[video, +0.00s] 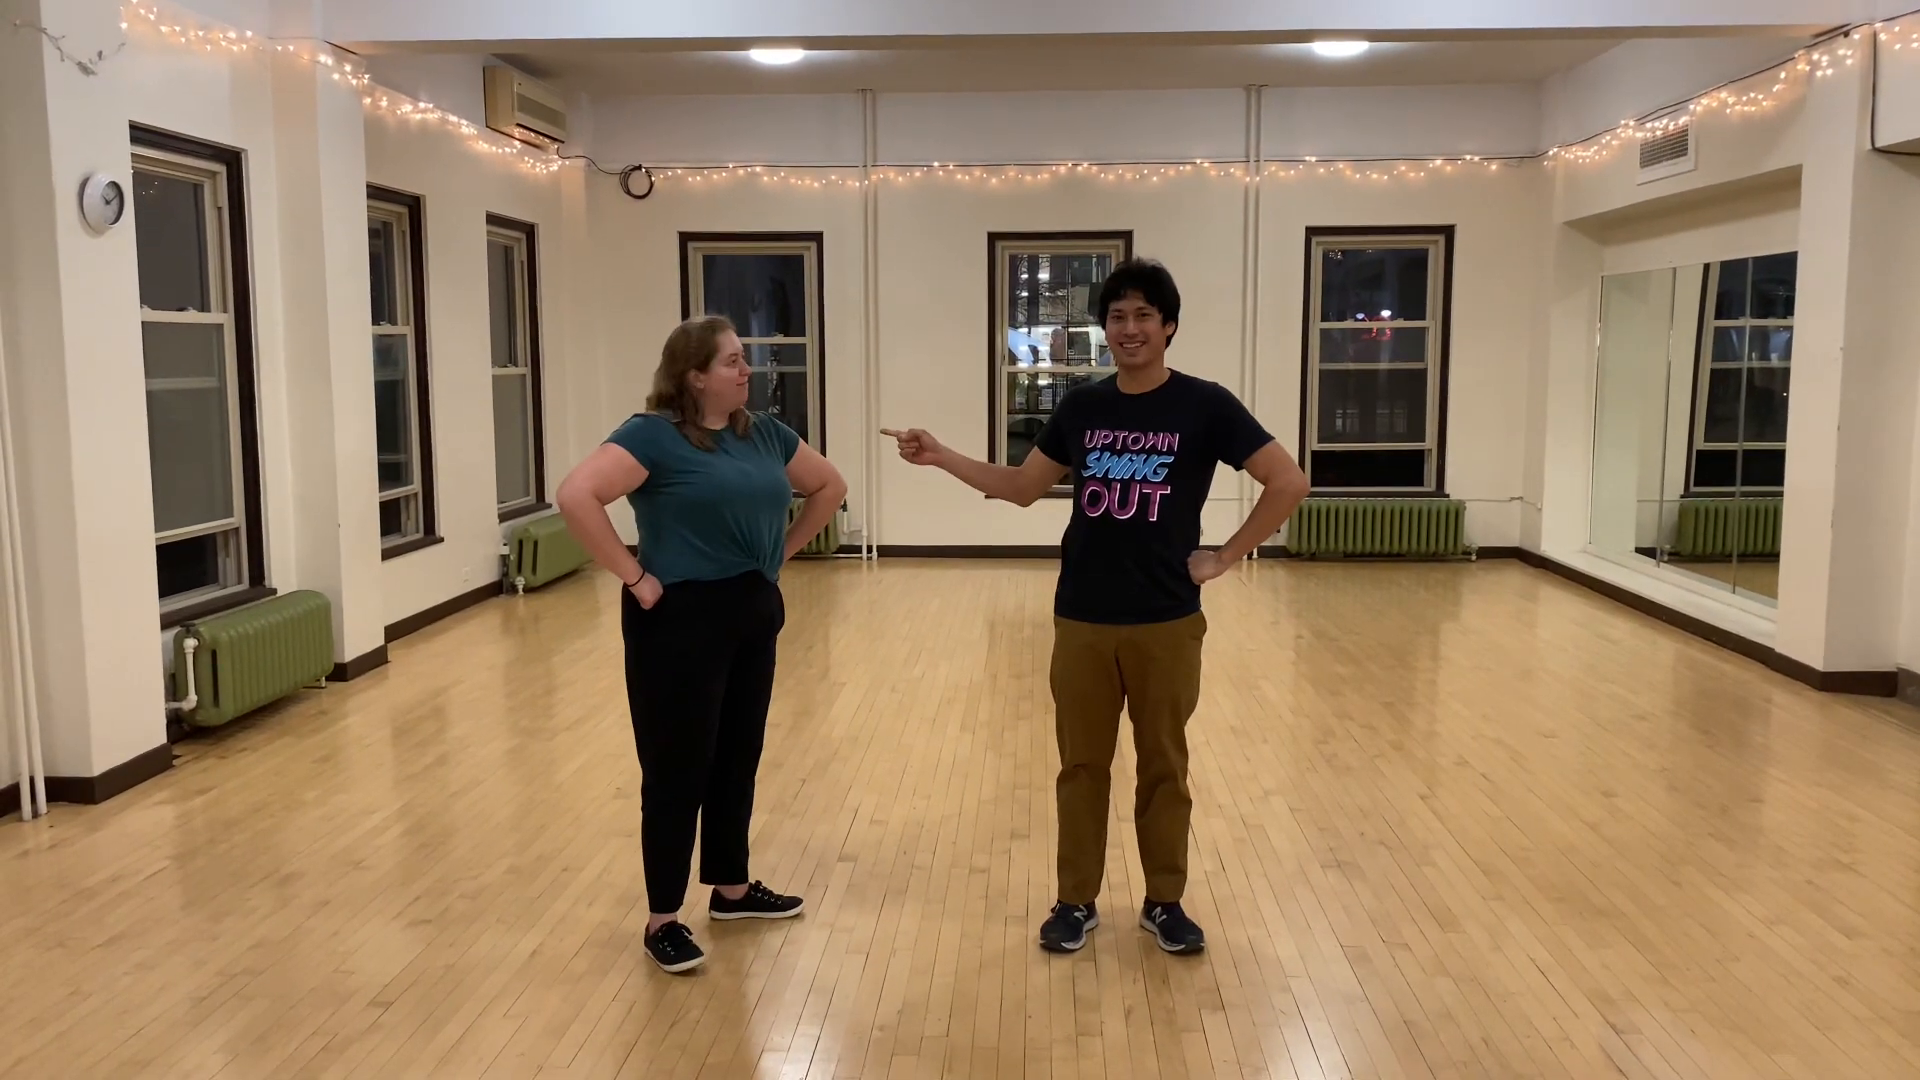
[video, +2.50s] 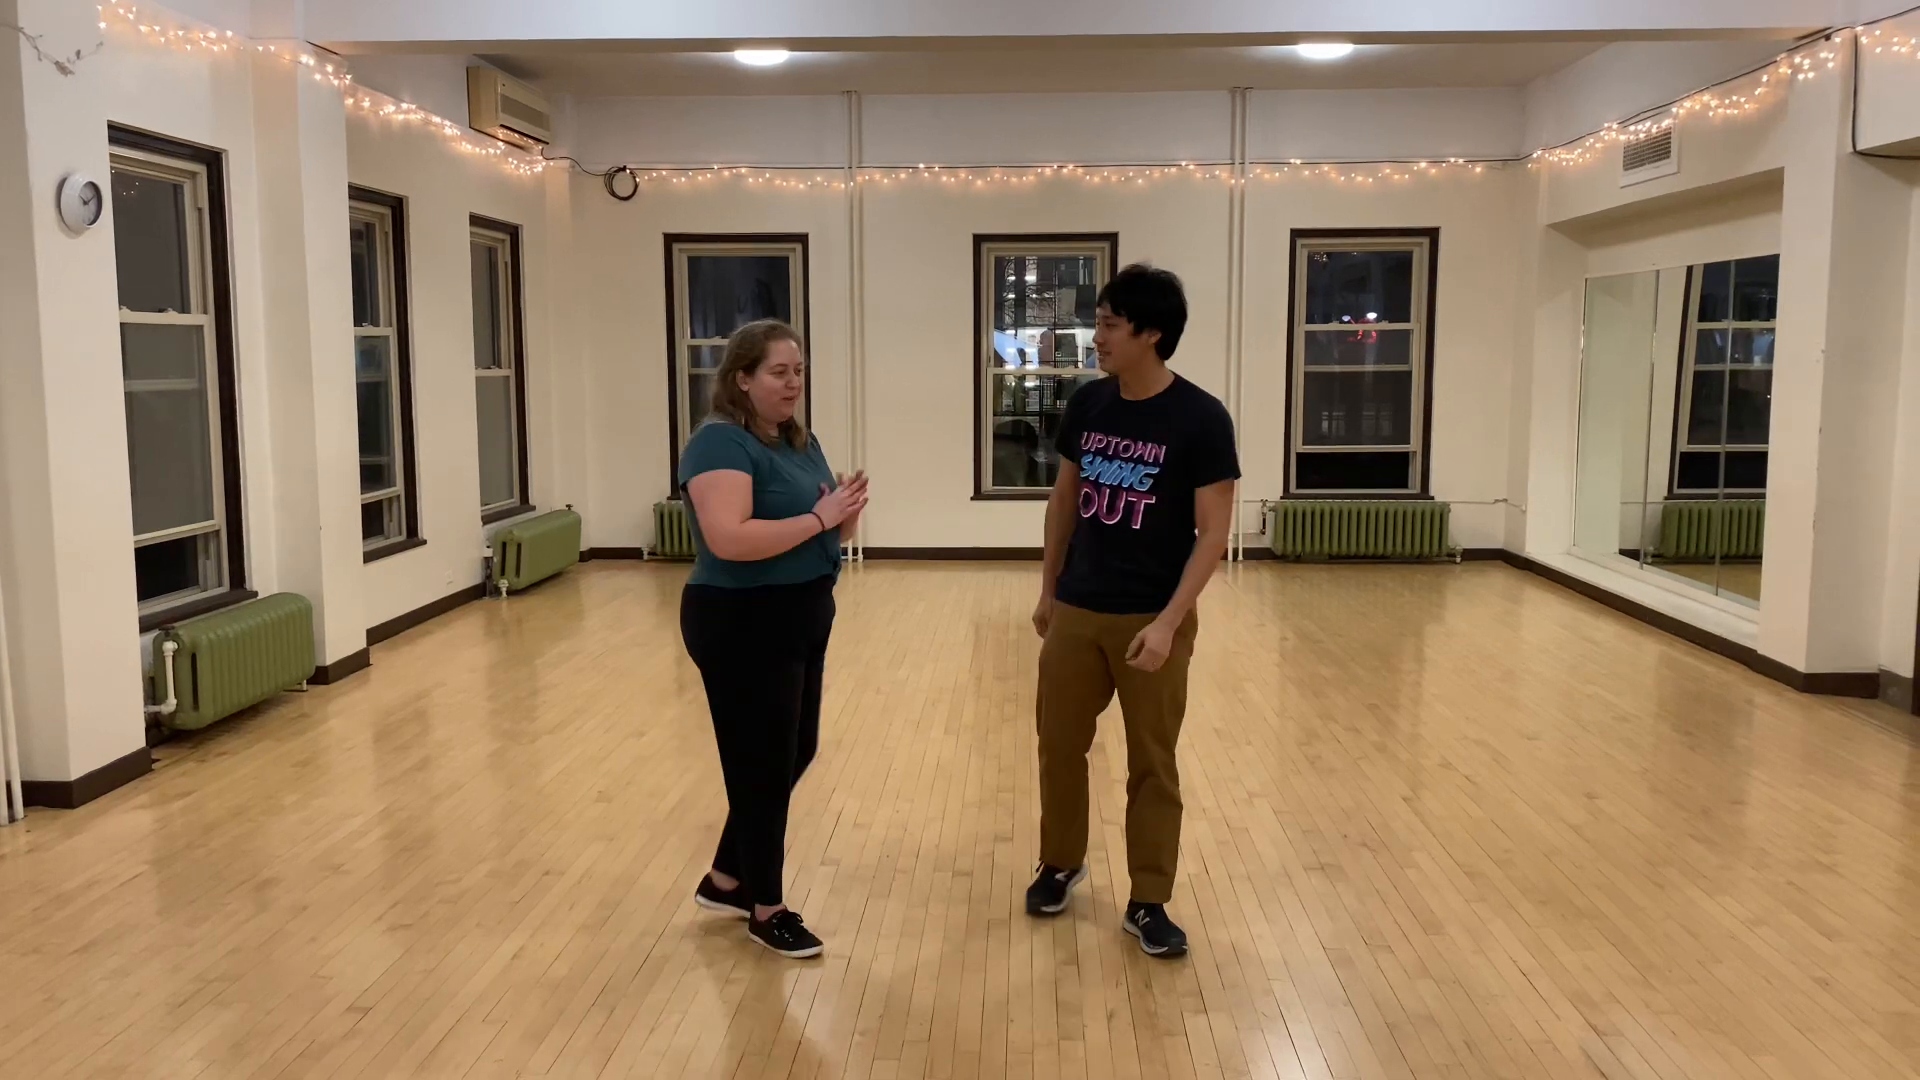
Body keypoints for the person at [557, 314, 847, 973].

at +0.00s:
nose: (745, 368)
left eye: (744, 358)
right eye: (732, 360)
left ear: (733, 370)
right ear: (694, 375)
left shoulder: (762, 433)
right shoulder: (655, 436)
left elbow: (831, 486)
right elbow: (575, 494)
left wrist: (782, 550)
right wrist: (633, 576)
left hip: (750, 615)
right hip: (674, 619)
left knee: (736, 760)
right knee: (676, 770)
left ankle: (730, 888)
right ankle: (663, 920)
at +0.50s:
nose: (745, 371)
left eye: (744, 360)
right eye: (731, 362)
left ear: (733, 371)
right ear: (692, 376)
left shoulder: (760, 435)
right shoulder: (654, 438)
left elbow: (829, 486)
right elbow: (575, 499)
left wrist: (781, 551)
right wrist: (635, 580)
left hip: (750, 615)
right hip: (674, 620)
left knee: (734, 760)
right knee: (674, 772)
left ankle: (727, 888)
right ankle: (659, 922)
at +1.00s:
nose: (746, 372)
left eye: (745, 361)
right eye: (732, 364)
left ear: (738, 373)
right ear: (693, 378)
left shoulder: (760, 437)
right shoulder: (657, 440)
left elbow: (827, 489)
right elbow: (579, 499)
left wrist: (779, 555)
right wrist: (637, 581)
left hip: (749, 620)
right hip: (675, 624)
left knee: (733, 765)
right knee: (672, 775)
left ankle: (724, 892)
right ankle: (655, 925)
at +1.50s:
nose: (728, 377)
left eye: (738, 366)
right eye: (713, 368)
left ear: (755, 377)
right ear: (691, 381)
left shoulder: (771, 442)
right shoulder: (673, 442)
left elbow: (828, 490)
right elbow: (602, 500)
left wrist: (786, 558)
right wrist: (655, 586)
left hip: (758, 621)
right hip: (687, 625)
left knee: (737, 767)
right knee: (677, 775)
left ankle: (719, 894)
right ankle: (650, 925)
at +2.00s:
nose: (762, 382)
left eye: (771, 370)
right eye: (747, 372)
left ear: (784, 378)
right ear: (722, 383)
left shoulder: (792, 441)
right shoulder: (698, 442)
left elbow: (836, 488)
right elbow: (629, 505)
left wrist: (800, 549)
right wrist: (692, 583)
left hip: (774, 613)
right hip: (708, 616)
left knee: (749, 760)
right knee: (732, 762)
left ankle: (720, 890)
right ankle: (693, 911)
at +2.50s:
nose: (793, 383)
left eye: (799, 372)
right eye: (779, 372)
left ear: (803, 378)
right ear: (743, 379)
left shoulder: (798, 444)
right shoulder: (718, 444)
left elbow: (818, 533)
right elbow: (727, 539)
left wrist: (842, 513)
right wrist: (817, 519)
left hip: (797, 615)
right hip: (742, 622)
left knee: (795, 751)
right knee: (760, 765)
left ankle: (728, 872)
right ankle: (766, 909)